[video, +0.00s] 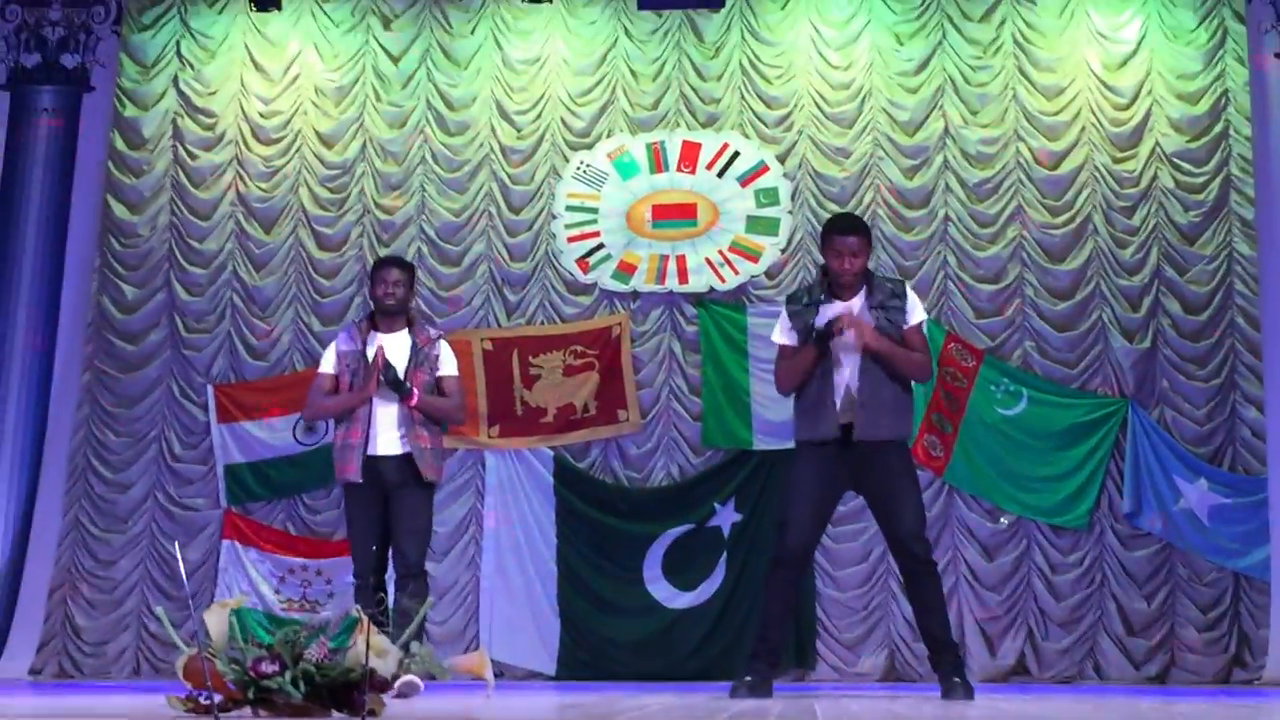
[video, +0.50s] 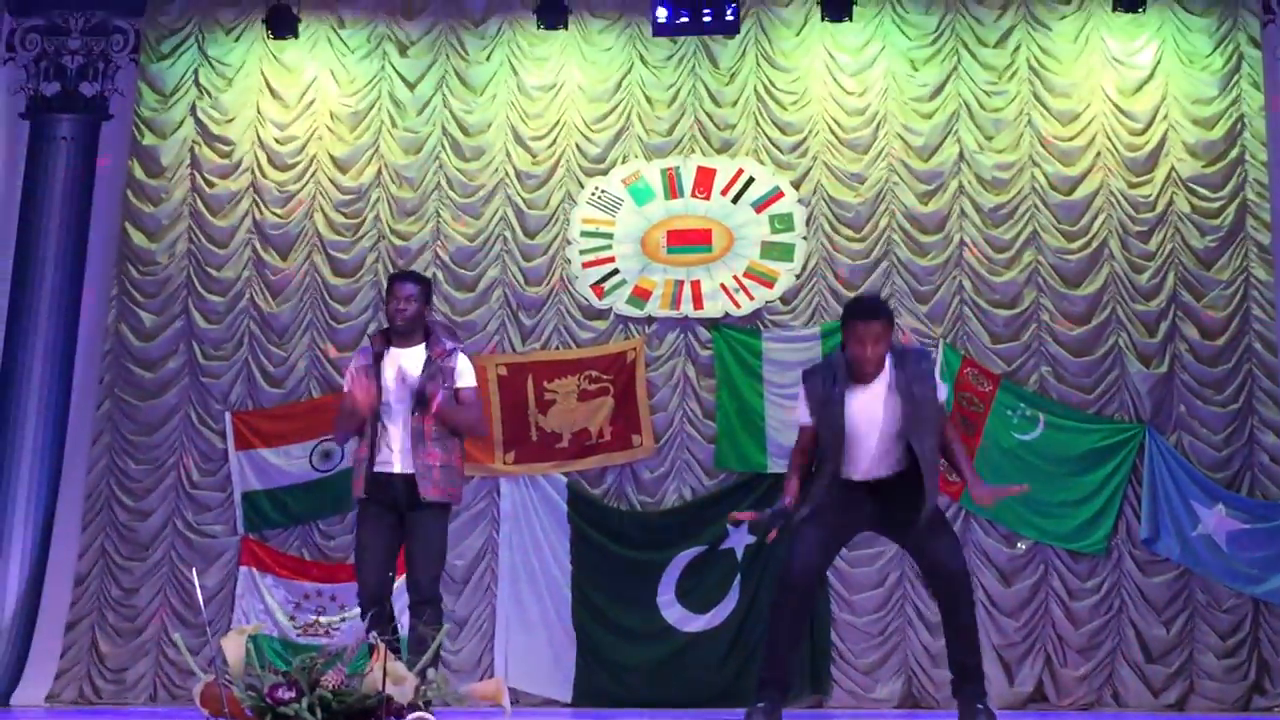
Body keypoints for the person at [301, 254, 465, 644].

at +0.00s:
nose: (390, 291)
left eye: (399, 285)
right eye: (383, 284)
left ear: (412, 292)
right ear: (371, 290)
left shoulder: (433, 343)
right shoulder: (345, 343)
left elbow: (456, 413)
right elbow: (313, 408)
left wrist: (411, 395)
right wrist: (363, 393)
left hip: (412, 467)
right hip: (361, 468)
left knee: (411, 566)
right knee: (367, 569)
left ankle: (407, 656)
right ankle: (371, 657)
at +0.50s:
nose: (401, 308)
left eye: (410, 301)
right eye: (394, 300)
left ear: (426, 307)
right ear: (385, 305)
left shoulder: (451, 359)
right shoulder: (365, 358)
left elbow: (476, 423)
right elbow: (342, 432)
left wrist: (438, 403)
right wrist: (357, 409)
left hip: (428, 490)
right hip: (377, 489)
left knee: (423, 589)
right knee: (371, 591)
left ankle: (421, 685)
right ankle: (387, 682)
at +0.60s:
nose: (393, 326)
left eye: (403, 318)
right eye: (386, 318)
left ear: (420, 326)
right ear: (378, 324)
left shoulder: (447, 378)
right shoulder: (361, 380)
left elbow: (465, 451)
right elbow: (349, 452)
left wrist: (433, 495)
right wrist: (353, 493)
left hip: (428, 503)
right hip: (379, 501)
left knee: (419, 593)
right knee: (364, 588)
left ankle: (418, 682)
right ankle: (369, 678)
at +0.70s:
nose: (385, 357)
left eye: (395, 349)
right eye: (378, 349)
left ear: (412, 358)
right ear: (369, 357)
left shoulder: (439, 407)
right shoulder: (352, 412)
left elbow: (464, 479)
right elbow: (330, 483)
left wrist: (474, 540)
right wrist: (307, 542)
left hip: (429, 513)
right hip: (377, 512)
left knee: (417, 593)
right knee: (358, 588)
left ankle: (414, 684)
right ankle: (350, 679)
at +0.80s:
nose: (381, 348)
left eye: (390, 340)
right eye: (374, 340)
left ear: (408, 347)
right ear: (365, 347)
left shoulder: (438, 394)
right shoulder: (347, 401)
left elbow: (488, 450)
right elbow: (297, 456)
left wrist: (530, 496)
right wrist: (247, 498)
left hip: (426, 512)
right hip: (374, 509)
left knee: (411, 592)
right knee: (354, 588)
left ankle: (411, 682)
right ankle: (347, 673)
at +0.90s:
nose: (381, 320)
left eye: (391, 312)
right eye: (375, 312)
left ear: (409, 317)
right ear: (367, 317)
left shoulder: (440, 359)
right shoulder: (347, 364)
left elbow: (507, 373)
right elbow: (285, 392)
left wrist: (538, 401)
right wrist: (227, 405)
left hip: (423, 500)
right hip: (370, 495)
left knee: (411, 588)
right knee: (355, 586)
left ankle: (412, 687)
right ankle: (343, 684)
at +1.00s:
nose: (382, 316)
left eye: (391, 308)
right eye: (375, 307)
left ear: (408, 312)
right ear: (366, 310)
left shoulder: (436, 350)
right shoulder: (348, 353)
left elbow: (508, 373)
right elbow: (298, 388)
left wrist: (502, 407)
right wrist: (277, 414)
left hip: (420, 491)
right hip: (368, 489)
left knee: (410, 583)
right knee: (355, 586)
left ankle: (413, 685)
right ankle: (346, 686)